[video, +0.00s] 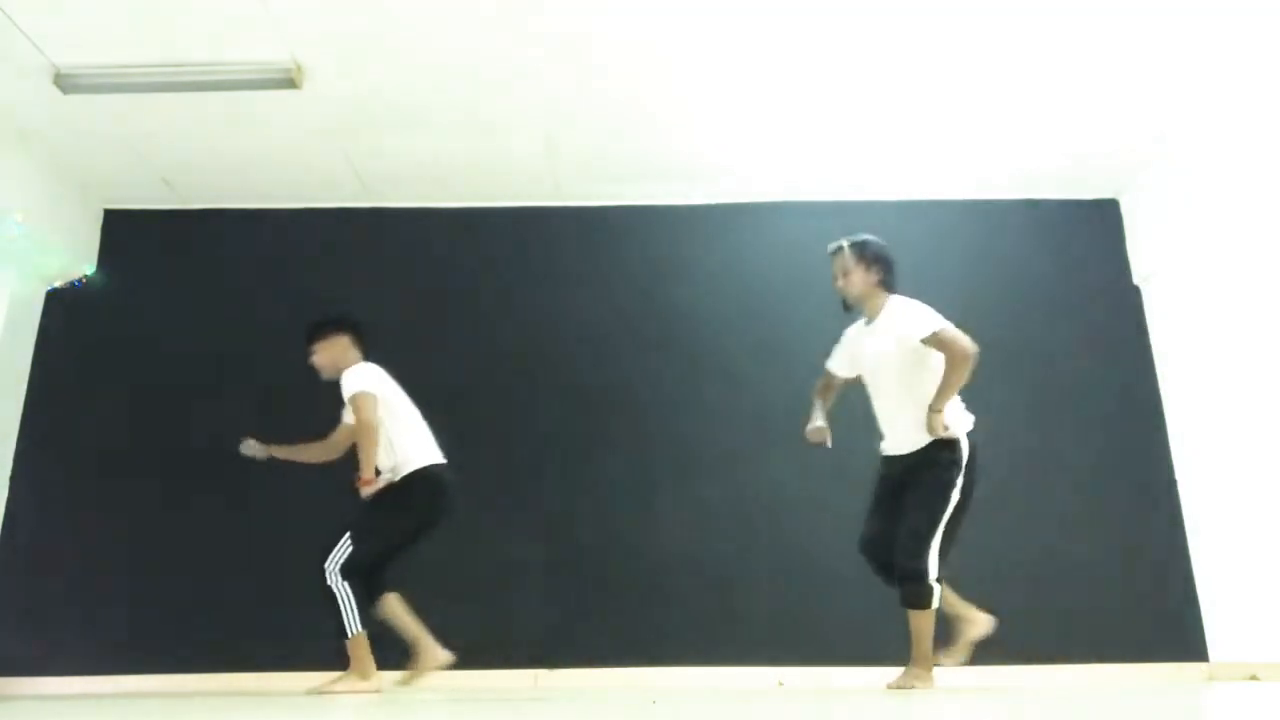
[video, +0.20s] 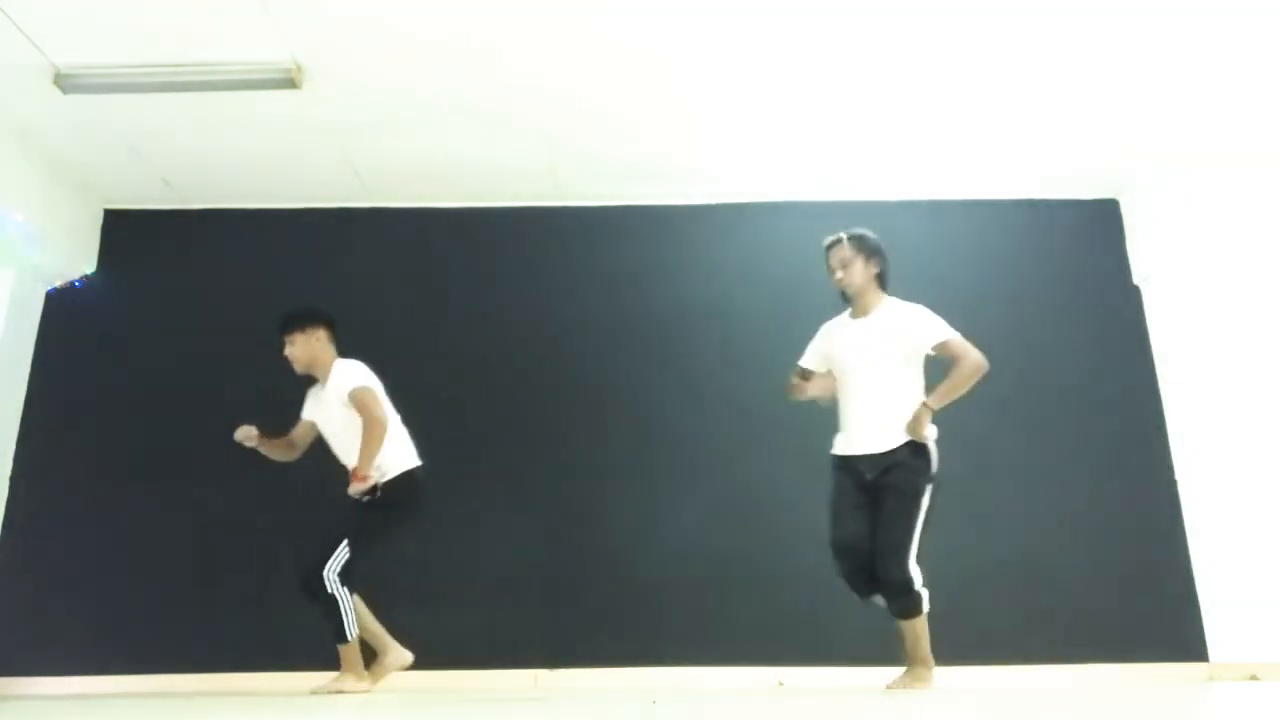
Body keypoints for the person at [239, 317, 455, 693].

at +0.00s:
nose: (312, 360)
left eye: (316, 349)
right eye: (311, 352)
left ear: (343, 343)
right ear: (340, 346)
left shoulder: (359, 374)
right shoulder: (362, 385)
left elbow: (367, 420)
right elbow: (331, 449)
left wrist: (366, 475)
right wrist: (270, 451)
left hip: (414, 484)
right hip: (425, 485)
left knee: (338, 568)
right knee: (364, 572)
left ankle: (362, 670)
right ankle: (429, 650)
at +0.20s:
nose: (285, 353)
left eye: (290, 343)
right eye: (284, 345)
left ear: (317, 337)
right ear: (311, 341)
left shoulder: (348, 372)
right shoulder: (317, 396)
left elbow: (377, 419)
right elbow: (292, 448)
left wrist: (361, 469)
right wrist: (259, 442)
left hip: (397, 486)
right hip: (375, 492)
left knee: (331, 573)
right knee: (317, 576)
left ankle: (353, 674)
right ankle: (391, 651)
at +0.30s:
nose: (279, 348)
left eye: (284, 338)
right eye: (278, 340)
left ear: (313, 333)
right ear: (302, 338)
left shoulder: (344, 372)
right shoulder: (302, 394)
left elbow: (377, 420)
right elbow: (275, 447)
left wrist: (357, 469)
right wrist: (252, 434)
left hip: (380, 489)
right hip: (351, 493)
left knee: (319, 573)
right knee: (294, 574)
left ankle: (353, 674)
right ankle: (370, 636)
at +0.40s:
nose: (280, 339)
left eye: (285, 329)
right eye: (278, 331)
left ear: (312, 326)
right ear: (290, 333)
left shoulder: (340, 366)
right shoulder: (292, 384)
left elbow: (366, 417)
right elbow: (245, 426)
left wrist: (339, 466)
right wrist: (236, 396)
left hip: (361, 491)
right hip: (322, 494)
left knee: (311, 581)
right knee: (249, 558)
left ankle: (353, 673)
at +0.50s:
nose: (272, 330)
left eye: (277, 320)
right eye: (271, 322)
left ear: (304, 318)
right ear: (289, 323)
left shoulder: (330, 364)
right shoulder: (281, 373)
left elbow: (347, 413)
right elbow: (219, 395)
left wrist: (313, 458)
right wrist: (207, 359)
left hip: (328, 493)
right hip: (290, 494)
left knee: (297, 590)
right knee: (205, 547)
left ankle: (351, 674)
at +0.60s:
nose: (252, 322)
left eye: (259, 313)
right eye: (252, 315)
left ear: (287, 315)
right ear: (270, 320)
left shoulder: (307, 361)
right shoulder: (258, 367)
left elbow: (320, 413)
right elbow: (191, 376)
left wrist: (284, 455)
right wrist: (164, 339)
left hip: (292, 495)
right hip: (254, 494)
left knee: (286, 593)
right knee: (170, 563)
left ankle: (351, 674)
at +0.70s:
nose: (215, 320)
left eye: (224, 311)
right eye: (216, 313)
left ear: (252, 315)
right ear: (231, 321)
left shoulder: (271, 360)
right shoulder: (215, 366)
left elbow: (286, 412)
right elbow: (146, 368)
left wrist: (250, 456)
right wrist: (103, 332)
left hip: (259, 495)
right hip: (217, 497)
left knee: (275, 594)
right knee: (140, 571)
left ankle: (349, 674)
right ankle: (49, 671)